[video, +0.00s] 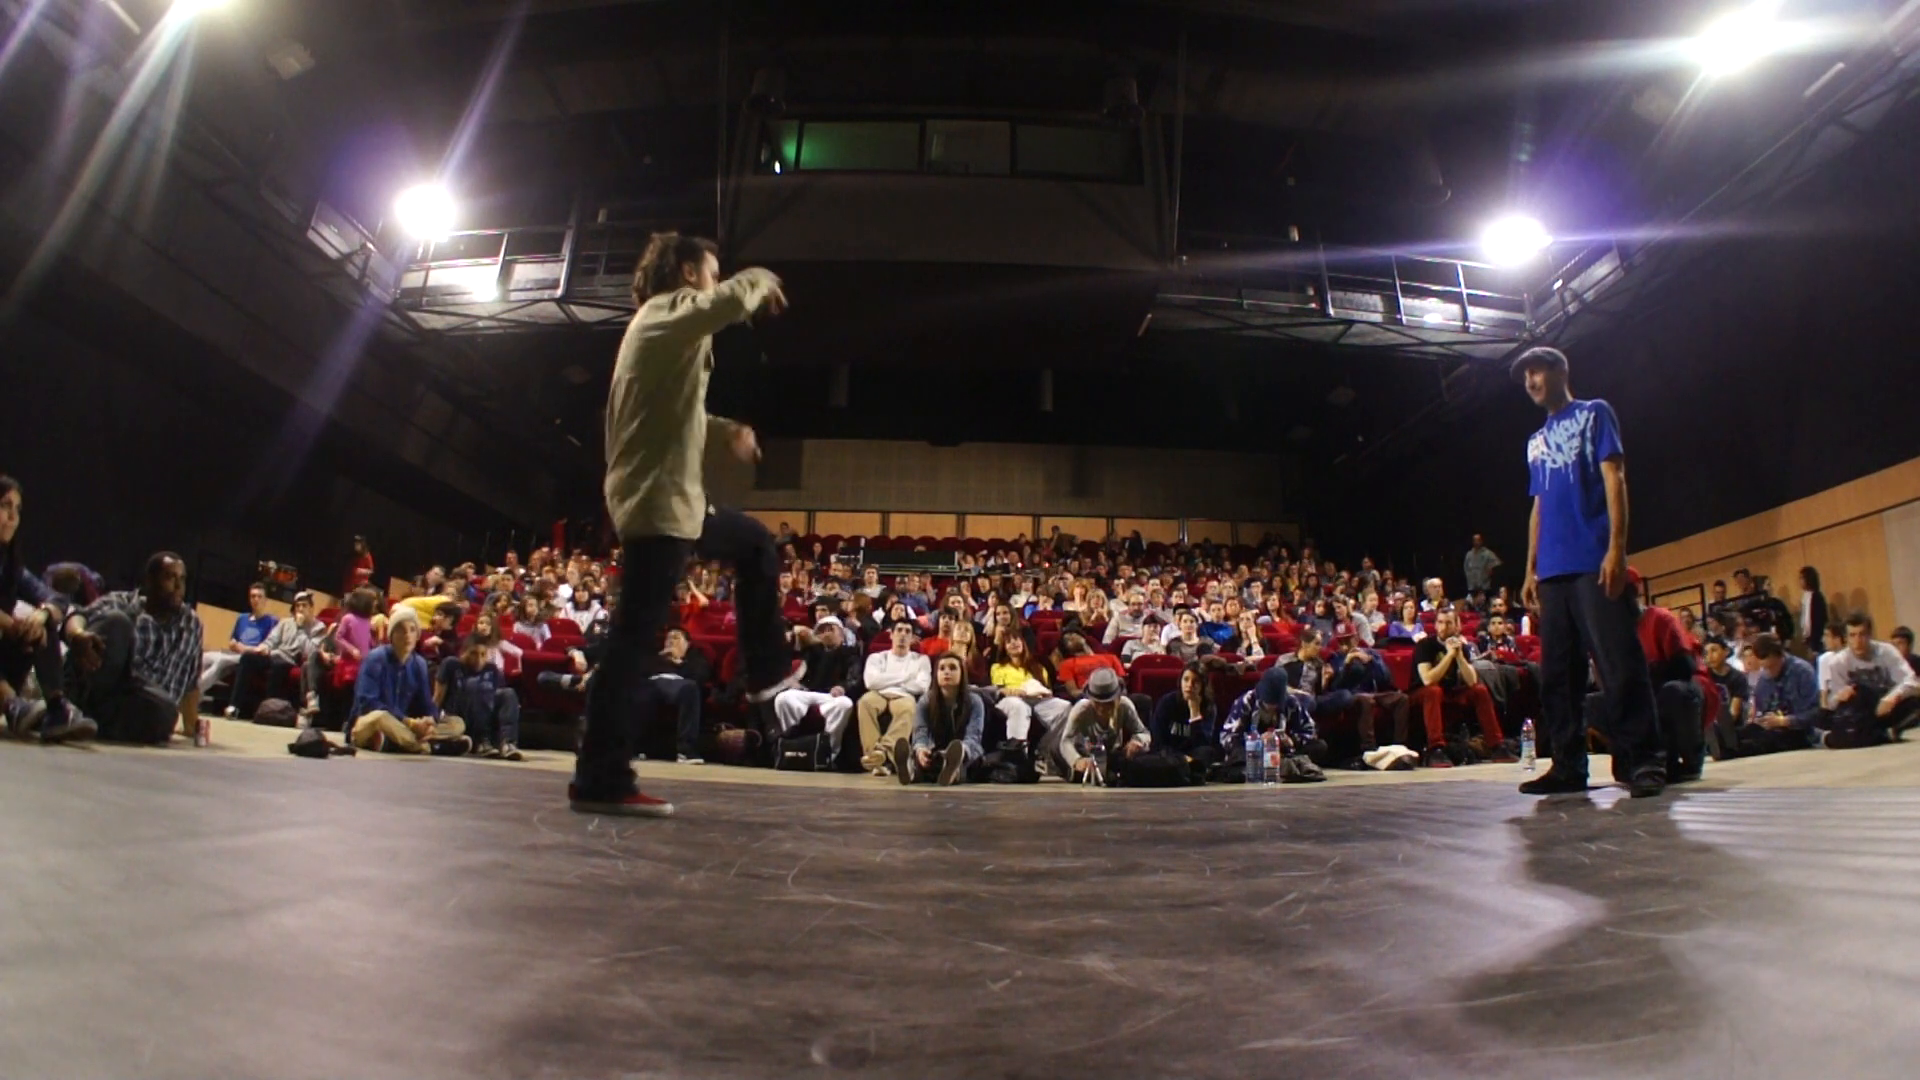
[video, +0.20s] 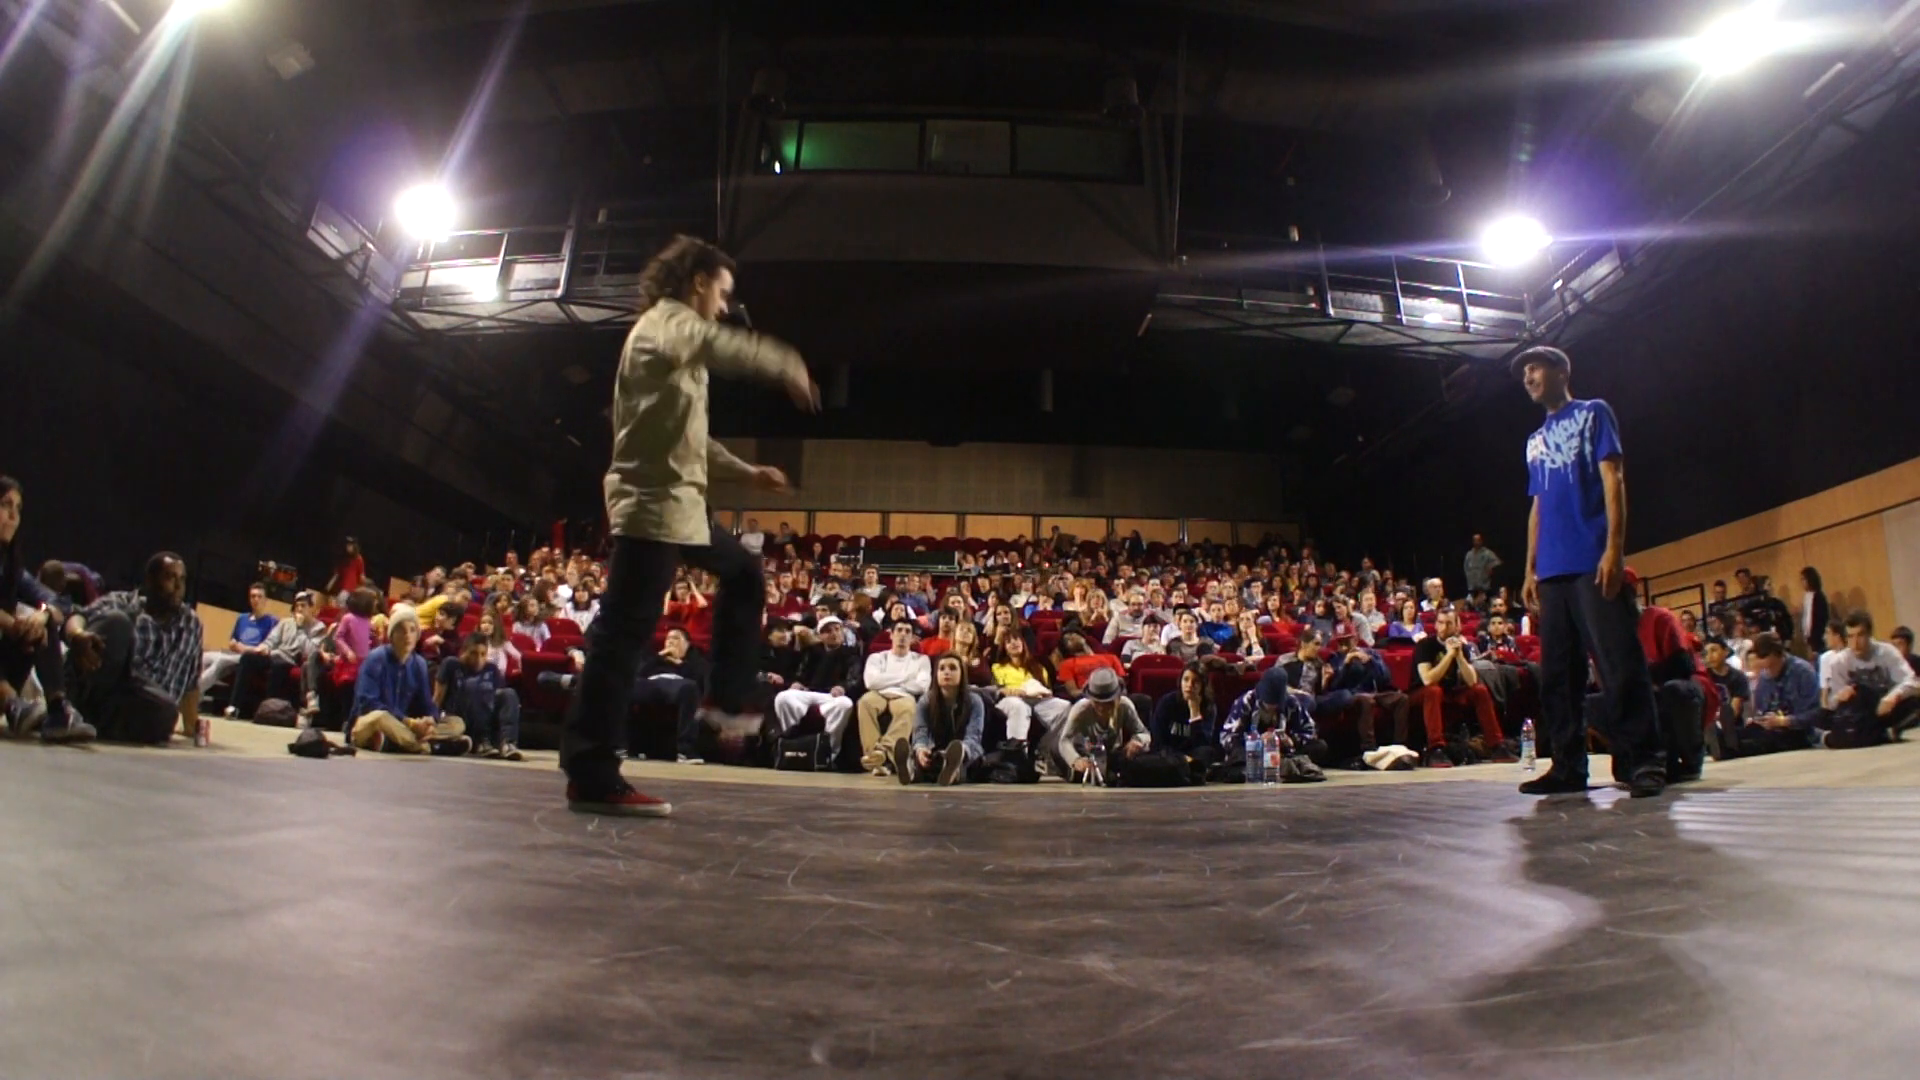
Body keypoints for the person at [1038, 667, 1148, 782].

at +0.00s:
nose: (1102, 709)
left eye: (1108, 704)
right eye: (1097, 704)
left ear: (1117, 697)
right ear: (1090, 698)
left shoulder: (1125, 705)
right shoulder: (1081, 708)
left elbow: (1143, 733)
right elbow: (1065, 742)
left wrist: (1137, 741)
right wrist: (1077, 761)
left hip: (1114, 756)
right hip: (1085, 757)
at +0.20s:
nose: (1102, 708)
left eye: (1108, 703)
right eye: (1097, 703)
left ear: (1117, 697)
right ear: (1090, 698)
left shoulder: (1125, 705)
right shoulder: (1080, 708)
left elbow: (1143, 733)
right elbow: (1064, 741)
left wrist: (1137, 741)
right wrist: (1076, 761)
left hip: (1114, 754)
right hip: (1086, 756)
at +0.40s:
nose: (1101, 706)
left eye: (1107, 702)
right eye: (1097, 701)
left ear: (1117, 696)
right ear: (1090, 695)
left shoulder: (1125, 704)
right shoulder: (1079, 707)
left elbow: (1143, 734)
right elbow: (1054, 735)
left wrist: (1138, 743)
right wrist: (1067, 755)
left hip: (1112, 754)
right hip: (1082, 755)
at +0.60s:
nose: (1102, 701)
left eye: (1107, 696)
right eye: (1097, 696)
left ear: (1116, 691)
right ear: (1090, 691)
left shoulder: (1124, 702)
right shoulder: (1080, 702)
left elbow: (1142, 734)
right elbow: (1042, 727)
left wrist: (1137, 742)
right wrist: (1061, 735)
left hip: (1112, 757)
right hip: (1081, 757)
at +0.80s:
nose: (1099, 694)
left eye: (1105, 689)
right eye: (1095, 689)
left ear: (1113, 685)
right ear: (1088, 685)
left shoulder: (1122, 699)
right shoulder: (1077, 698)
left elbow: (1139, 733)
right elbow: (1039, 725)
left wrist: (1139, 742)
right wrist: (1060, 726)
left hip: (1111, 753)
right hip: (1081, 753)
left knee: (1136, 752)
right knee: (1058, 746)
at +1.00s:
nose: (1098, 690)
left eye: (1103, 684)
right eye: (1093, 685)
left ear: (1111, 681)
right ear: (1086, 682)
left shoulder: (1120, 697)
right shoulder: (1074, 697)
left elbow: (1132, 727)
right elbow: (1042, 726)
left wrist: (1139, 734)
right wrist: (1059, 730)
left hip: (1112, 751)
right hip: (1082, 751)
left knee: (1138, 747)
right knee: (1059, 745)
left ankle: (1082, 772)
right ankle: (1102, 774)